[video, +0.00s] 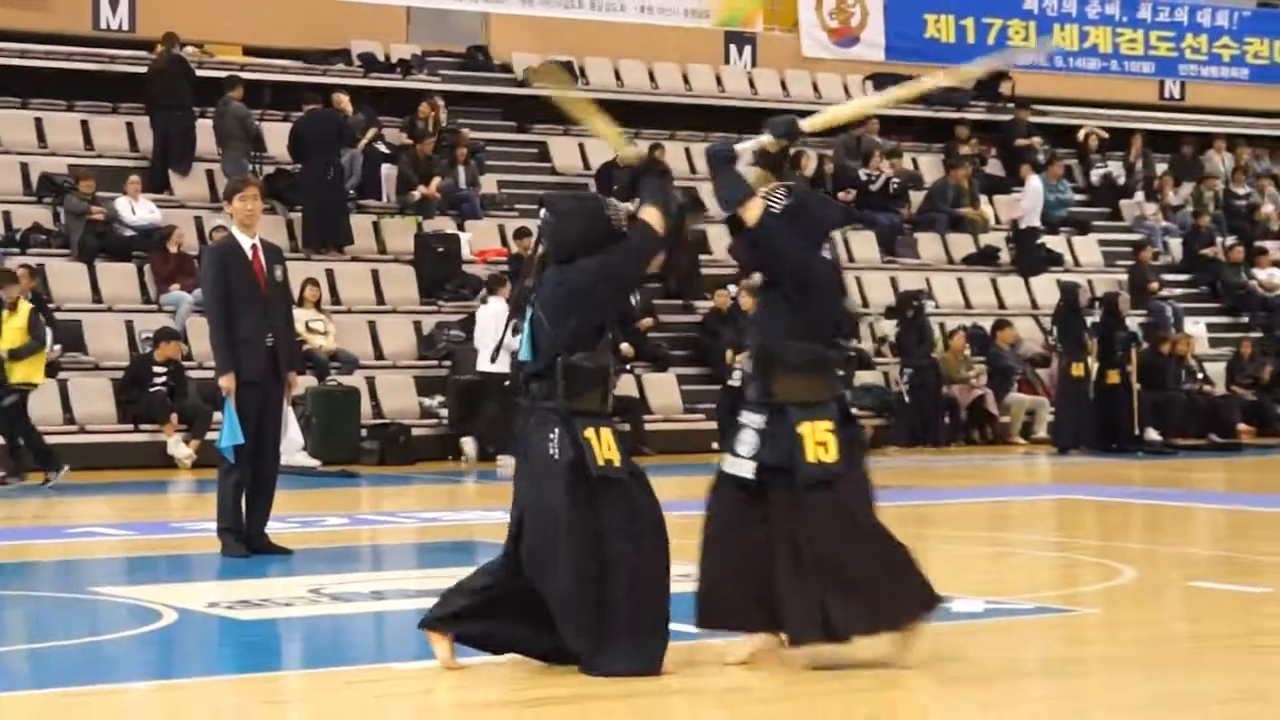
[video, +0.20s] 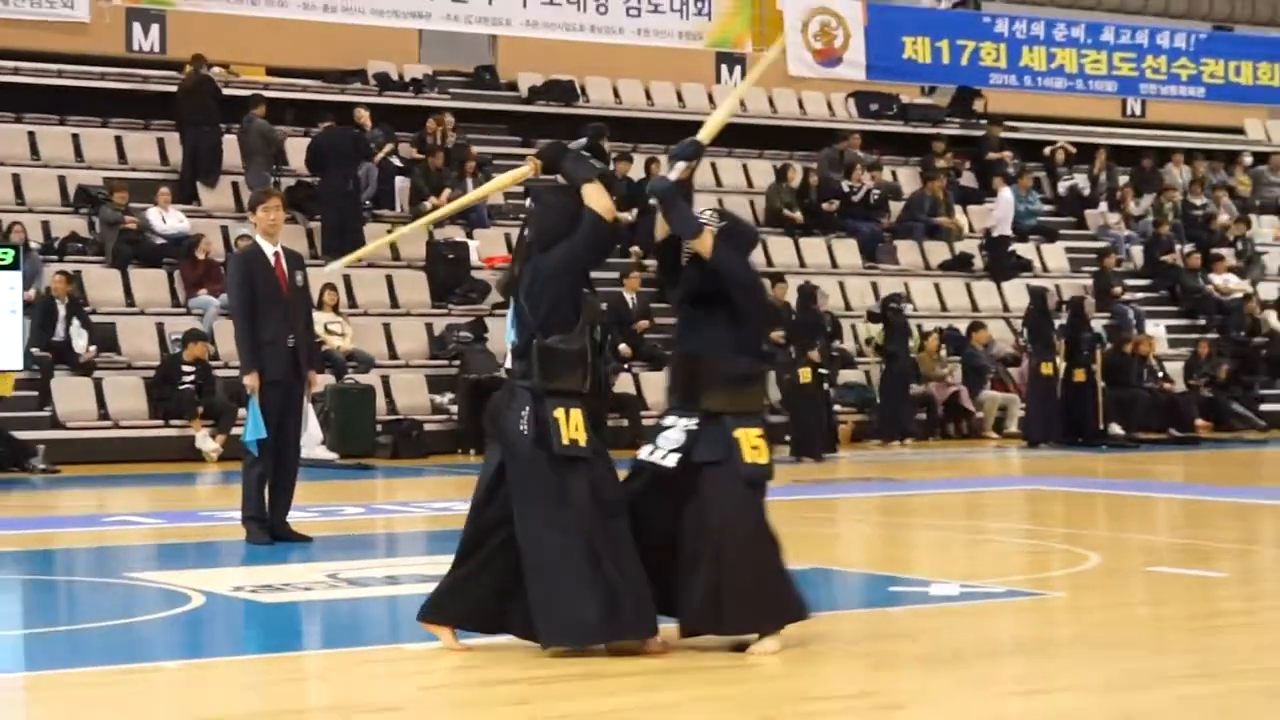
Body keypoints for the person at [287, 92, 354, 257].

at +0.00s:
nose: (303, 110)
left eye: (302, 107)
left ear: (304, 106)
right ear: (321, 103)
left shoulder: (299, 123)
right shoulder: (335, 118)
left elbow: (293, 149)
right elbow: (350, 140)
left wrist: (305, 161)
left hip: (310, 168)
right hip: (332, 167)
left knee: (311, 206)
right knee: (334, 205)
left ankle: (313, 245)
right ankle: (335, 245)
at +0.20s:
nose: (319, 128)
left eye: (319, 125)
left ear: (319, 124)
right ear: (335, 121)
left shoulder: (317, 140)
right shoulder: (351, 134)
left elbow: (311, 165)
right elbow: (368, 154)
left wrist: (325, 173)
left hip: (328, 183)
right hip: (350, 182)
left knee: (330, 220)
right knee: (352, 219)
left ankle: (331, 255)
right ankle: (356, 254)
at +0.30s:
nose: (325, 131)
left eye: (325, 128)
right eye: (325, 128)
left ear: (326, 127)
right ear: (341, 124)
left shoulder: (324, 143)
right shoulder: (358, 137)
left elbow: (318, 169)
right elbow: (374, 157)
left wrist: (332, 171)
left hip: (335, 185)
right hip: (357, 184)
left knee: (335, 222)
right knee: (357, 221)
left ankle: (337, 255)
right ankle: (358, 254)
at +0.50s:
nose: (337, 139)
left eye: (337, 136)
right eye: (336, 137)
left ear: (340, 135)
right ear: (353, 132)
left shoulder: (337, 148)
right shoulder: (371, 144)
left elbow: (329, 172)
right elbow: (382, 165)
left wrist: (338, 180)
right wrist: (369, 174)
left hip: (347, 188)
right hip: (368, 187)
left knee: (348, 222)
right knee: (369, 221)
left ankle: (349, 255)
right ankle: (370, 255)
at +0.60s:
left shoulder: (349, 154)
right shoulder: (384, 152)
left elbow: (339, 178)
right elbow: (392, 171)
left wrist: (347, 186)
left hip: (356, 196)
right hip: (377, 195)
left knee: (357, 228)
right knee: (377, 227)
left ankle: (358, 260)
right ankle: (378, 259)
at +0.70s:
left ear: (368, 142)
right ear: (385, 142)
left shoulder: (356, 158)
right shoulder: (390, 156)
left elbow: (347, 183)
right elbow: (398, 175)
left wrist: (356, 190)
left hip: (362, 198)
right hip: (382, 198)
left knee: (363, 230)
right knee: (382, 229)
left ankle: (364, 262)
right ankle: (383, 262)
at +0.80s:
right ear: (388, 143)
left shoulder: (358, 160)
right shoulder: (391, 158)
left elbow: (350, 185)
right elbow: (400, 178)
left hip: (364, 200)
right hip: (383, 200)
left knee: (364, 231)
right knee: (383, 230)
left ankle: (365, 263)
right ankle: (384, 263)